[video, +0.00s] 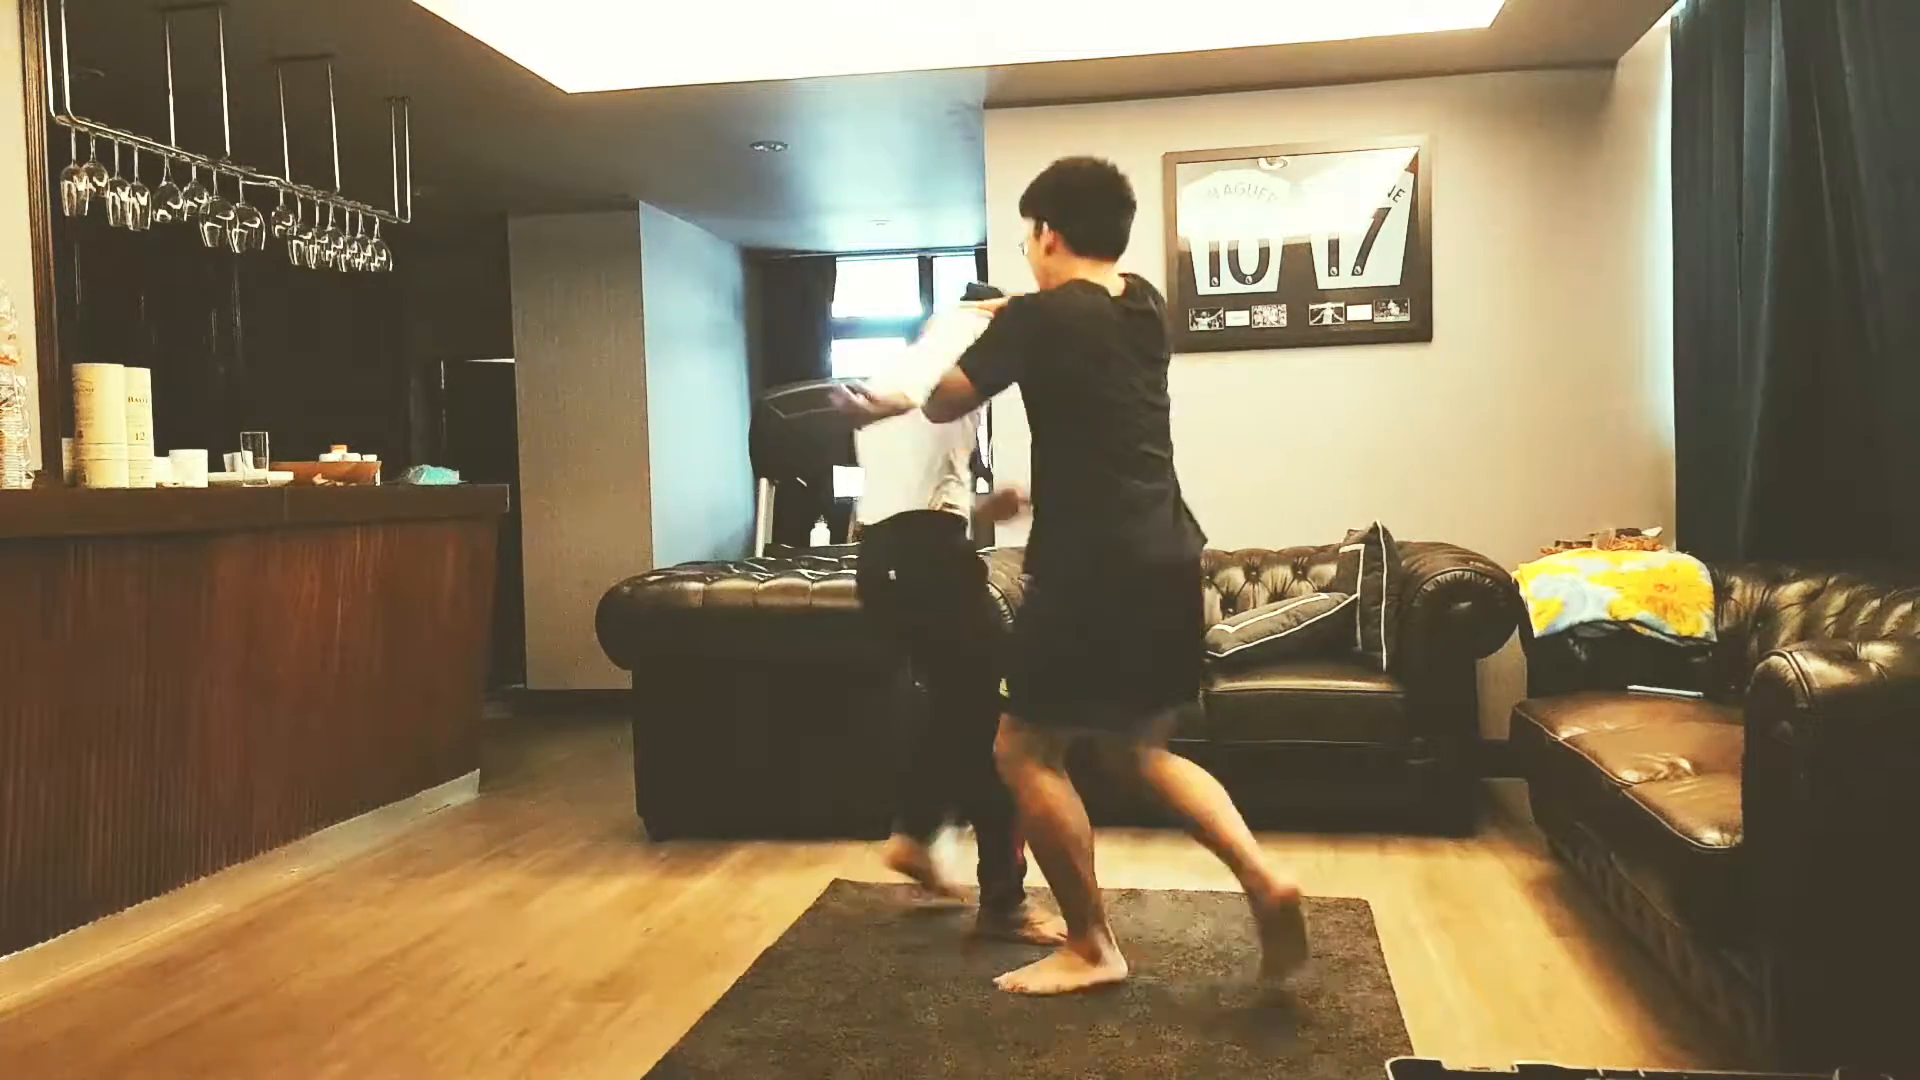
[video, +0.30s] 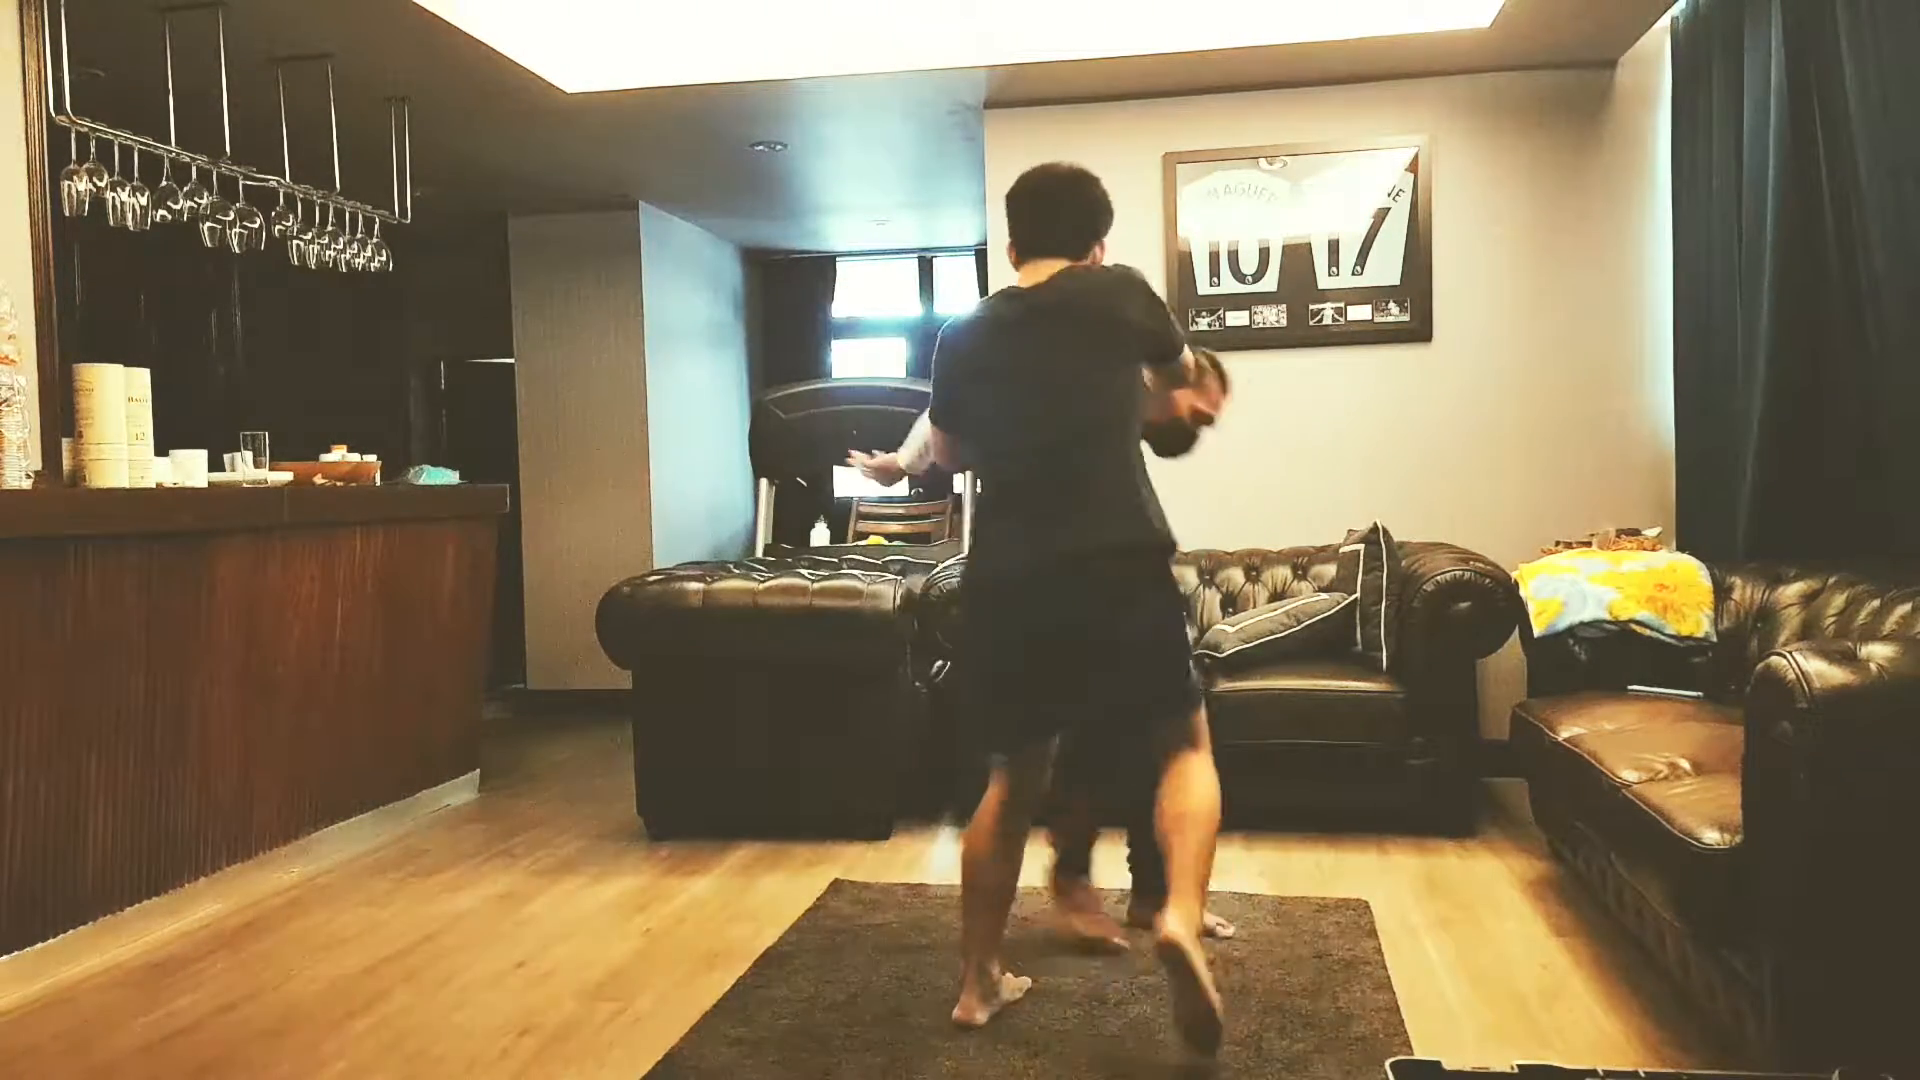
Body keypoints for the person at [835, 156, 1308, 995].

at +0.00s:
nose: (1028, 253)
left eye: (1029, 239)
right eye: (1030, 238)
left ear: (1049, 237)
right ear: (1115, 236)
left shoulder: (1036, 315)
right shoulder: (1145, 304)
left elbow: (946, 401)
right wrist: (1018, 313)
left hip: (1085, 563)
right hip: (1170, 558)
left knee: (1023, 751)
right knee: (1138, 748)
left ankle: (1091, 947)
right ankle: (1263, 879)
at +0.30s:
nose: (1108, 254)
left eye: (1099, 246)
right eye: (1106, 244)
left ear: (1011, 243)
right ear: (1096, 246)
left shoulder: (967, 336)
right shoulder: (1119, 294)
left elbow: (933, 460)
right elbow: (1183, 393)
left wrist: (899, 462)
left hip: (1010, 577)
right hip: (1120, 565)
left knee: (1010, 775)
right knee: (1184, 749)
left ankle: (977, 983)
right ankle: (1182, 915)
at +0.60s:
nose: (1098, 253)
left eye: (1098, 243)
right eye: (1098, 242)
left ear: (1005, 241)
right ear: (1080, 237)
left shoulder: (961, 319)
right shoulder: (1085, 286)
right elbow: (1204, 373)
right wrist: (1248, 399)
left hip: (950, 558)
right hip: (1044, 550)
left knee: (992, 773)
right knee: (1165, 677)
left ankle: (981, 980)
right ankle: (1112, 851)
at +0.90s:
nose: (1147, 308)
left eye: (1149, 298)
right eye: (1147, 296)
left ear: (1061, 282)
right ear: (1124, 286)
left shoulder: (1019, 335)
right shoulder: (1108, 325)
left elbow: (1081, 429)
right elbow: (1227, 392)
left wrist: (1152, 413)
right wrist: (1268, 388)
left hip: (928, 574)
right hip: (992, 579)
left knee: (1001, 790)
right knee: (1036, 806)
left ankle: (962, 978)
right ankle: (902, 1013)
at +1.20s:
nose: (1139, 312)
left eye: (1146, 297)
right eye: (1143, 291)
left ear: (1063, 262)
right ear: (1112, 266)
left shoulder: (1005, 319)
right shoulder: (1074, 315)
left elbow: (1020, 436)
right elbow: (1136, 424)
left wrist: (1100, 470)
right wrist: (1237, 463)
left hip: (927, 571)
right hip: (1003, 564)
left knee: (1008, 767)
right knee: (1185, 639)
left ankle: (967, 979)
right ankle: (1085, 799)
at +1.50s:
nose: (1135, 311)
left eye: (1139, 295)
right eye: (1134, 290)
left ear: (1067, 270)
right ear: (1094, 270)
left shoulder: (1011, 328)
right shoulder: (1059, 324)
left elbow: (986, 458)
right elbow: (1179, 385)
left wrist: (1066, 482)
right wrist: (1261, 388)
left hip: (950, 601)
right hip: (897, 595)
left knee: (1024, 769)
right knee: (845, 801)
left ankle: (947, 952)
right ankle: (671, 937)